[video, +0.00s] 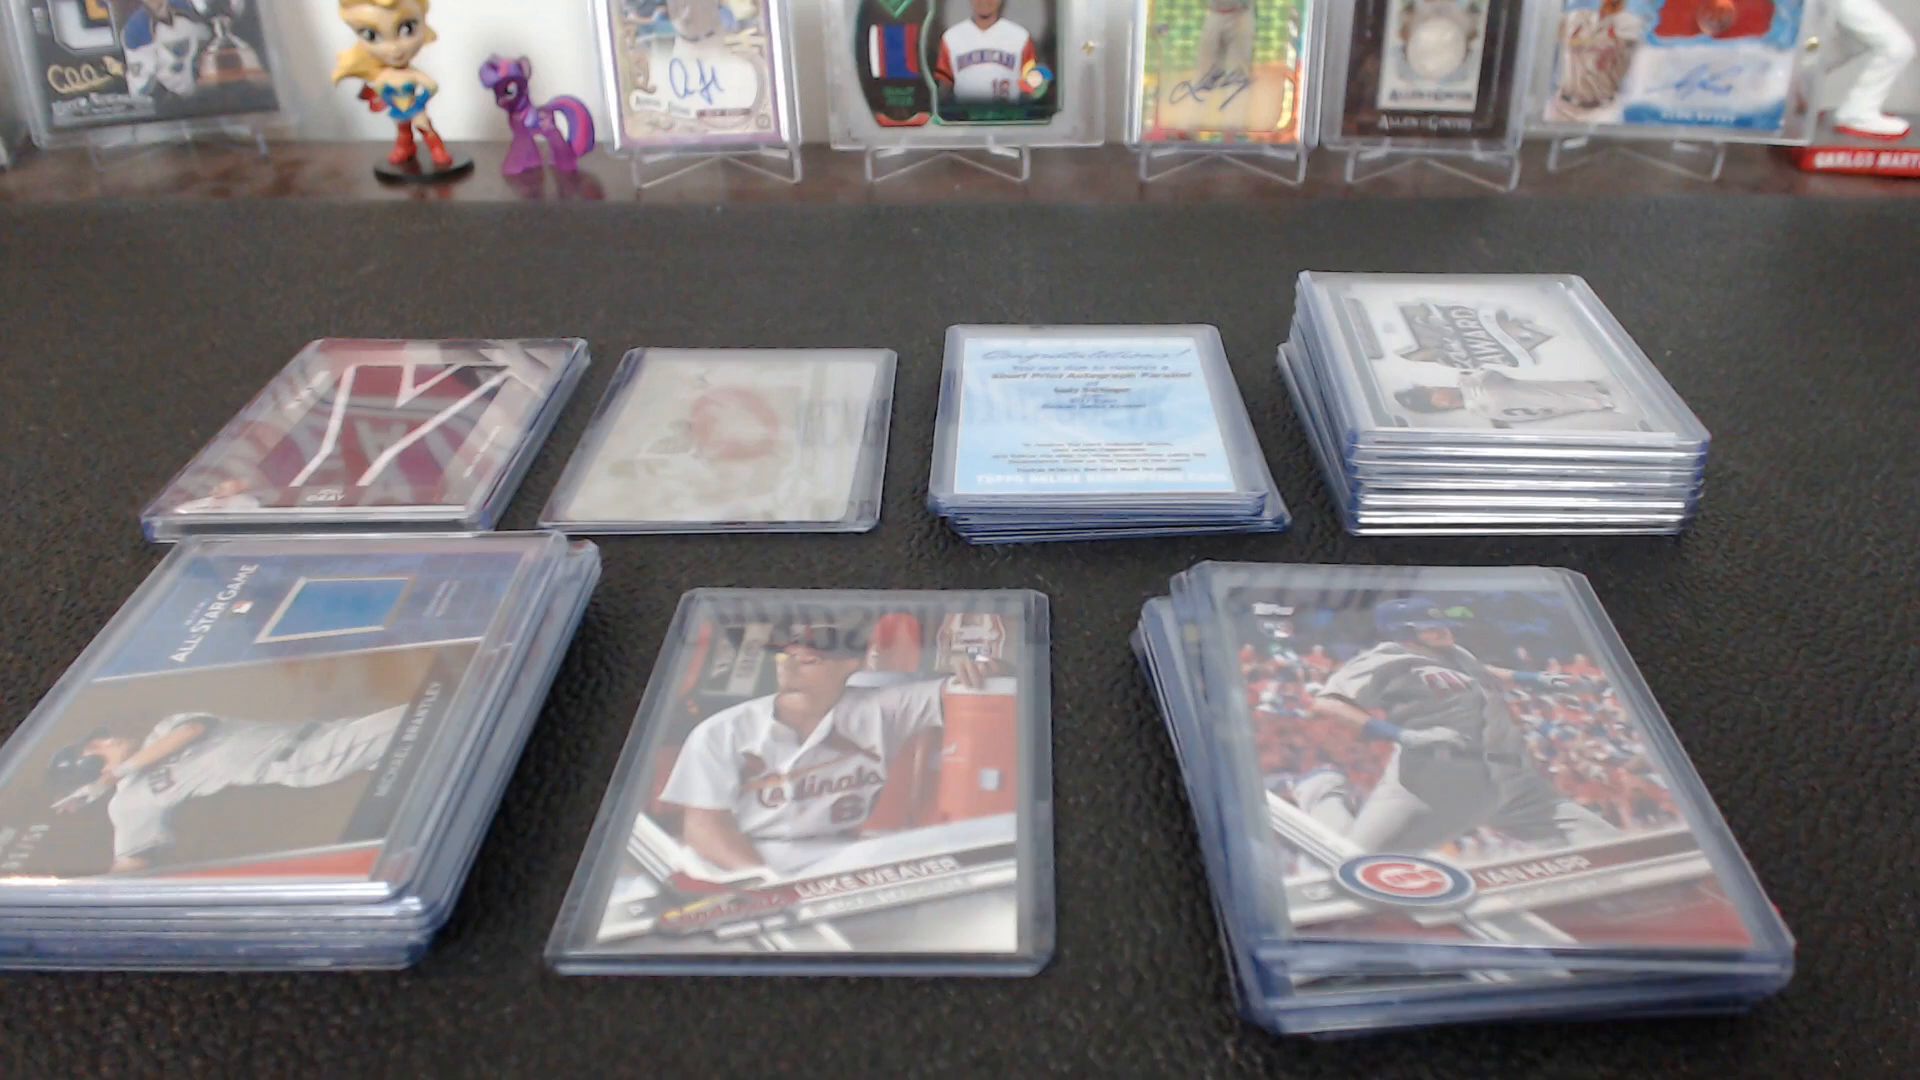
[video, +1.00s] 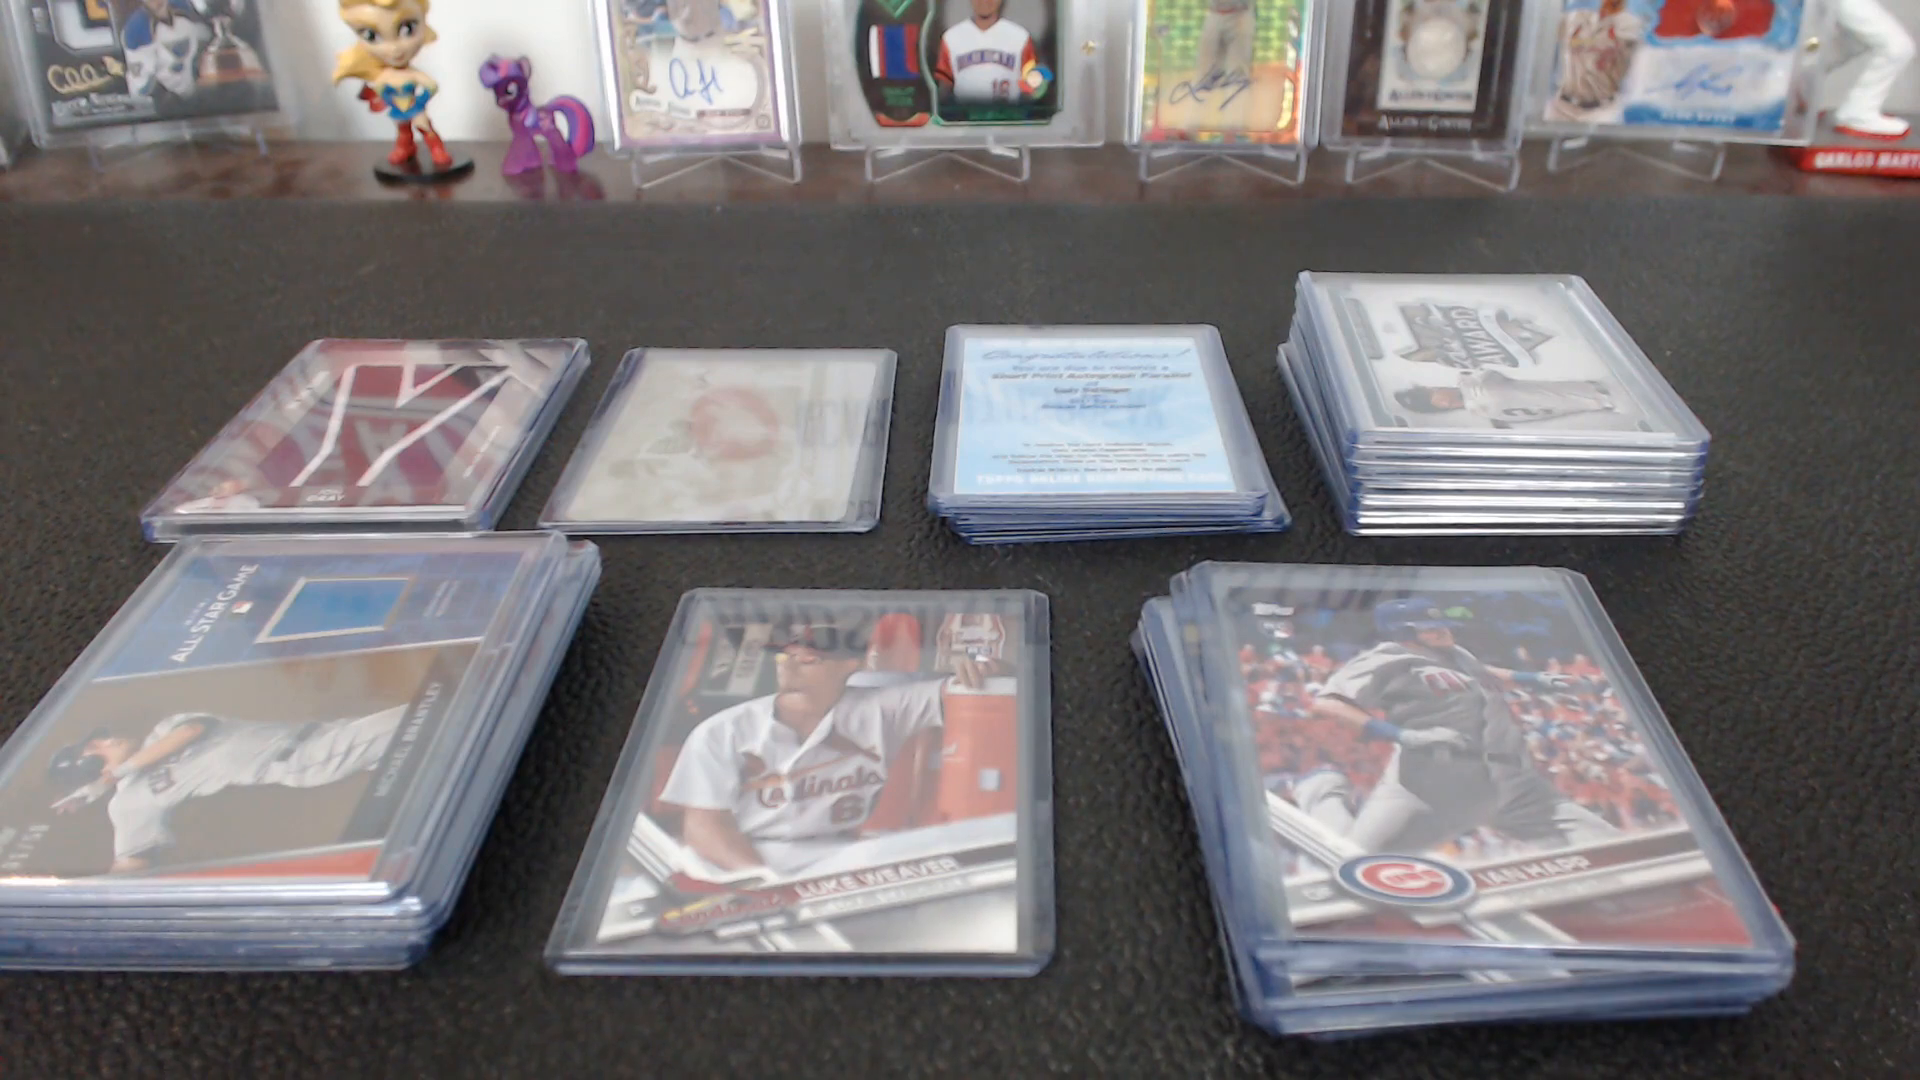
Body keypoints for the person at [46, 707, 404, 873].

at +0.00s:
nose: (109, 740)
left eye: (99, 740)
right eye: (99, 746)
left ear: (106, 743)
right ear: (100, 769)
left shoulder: (162, 728)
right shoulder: (131, 800)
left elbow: (195, 731)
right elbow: (129, 870)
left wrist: (116, 775)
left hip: (311, 730)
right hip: (298, 760)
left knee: (416, 719)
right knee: (414, 718)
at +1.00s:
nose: (110, 740)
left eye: (99, 740)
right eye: (99, 747)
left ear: (106, 742)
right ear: (99, 769)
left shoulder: (162, 727)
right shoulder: (131, 800)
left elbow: (193, 732)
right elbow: (129, 870)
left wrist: (113, 777)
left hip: (312, 731)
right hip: (299, 760)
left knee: (418, 717)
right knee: (415, 717)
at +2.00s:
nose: (109, 740)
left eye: (98, 740)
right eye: (99, 746)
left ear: (106, 742)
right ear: (100, 768)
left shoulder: (162, 727)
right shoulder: (131, 799)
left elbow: (193, 732)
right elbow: (130, 870)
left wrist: (116, 775)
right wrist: (80, 897)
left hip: (312, 731)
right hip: (299, 760)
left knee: (417, 719)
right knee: (414, 717)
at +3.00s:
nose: (109, 740)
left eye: (99, 739)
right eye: (99, 746)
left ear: (106, 742)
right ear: (100, 767)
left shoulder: (162, 727)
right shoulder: (131, 799)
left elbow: (193, 732)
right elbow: (129, 870)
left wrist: (118, 773)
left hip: (310, 731)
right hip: (298, 760)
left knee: (414, 721)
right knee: (412, 717)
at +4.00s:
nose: (110, 740)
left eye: (99, 739)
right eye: (100, 746)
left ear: (107, 742)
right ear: (100, 770)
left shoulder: (159, 727)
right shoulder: (131, 800)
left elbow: (192, 732)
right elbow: (130, 870)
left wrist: (115, 776)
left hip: (310, 732)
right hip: (298, 760)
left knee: (414, 721)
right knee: (412, 717)